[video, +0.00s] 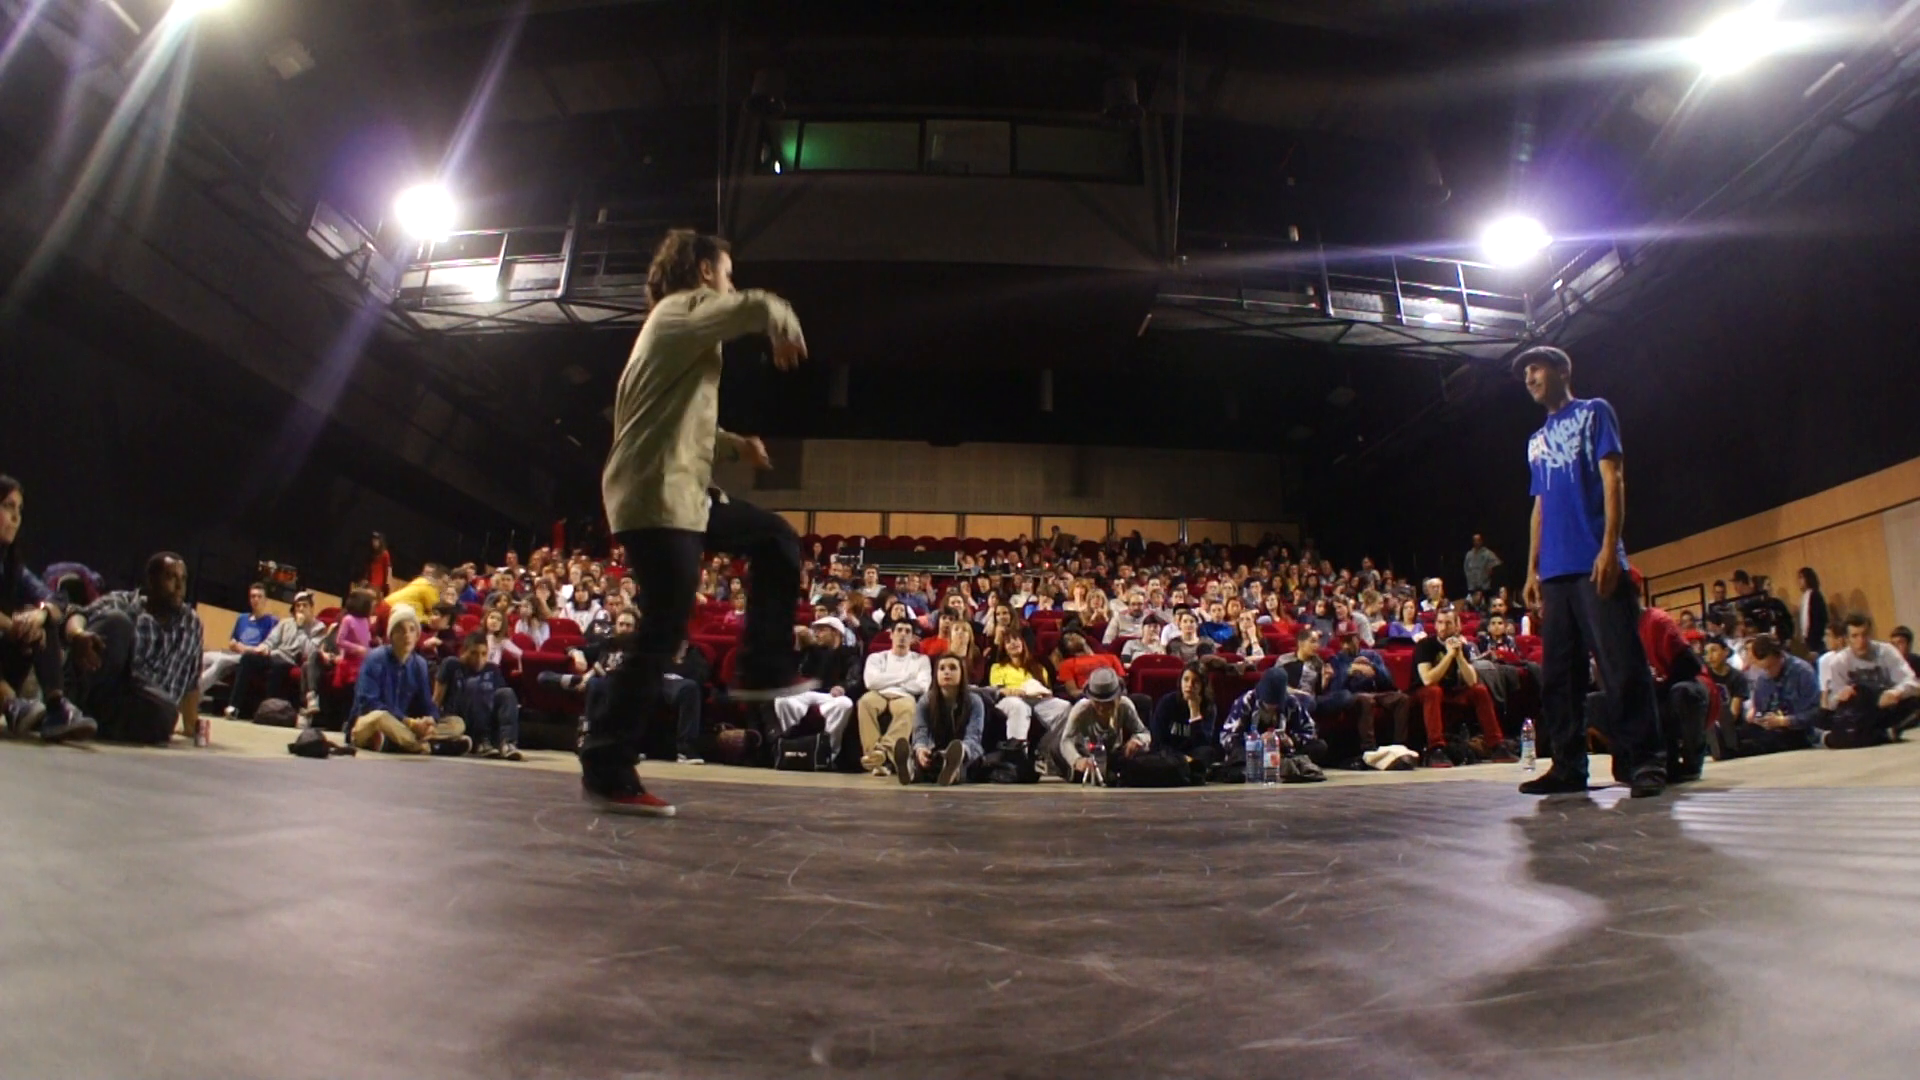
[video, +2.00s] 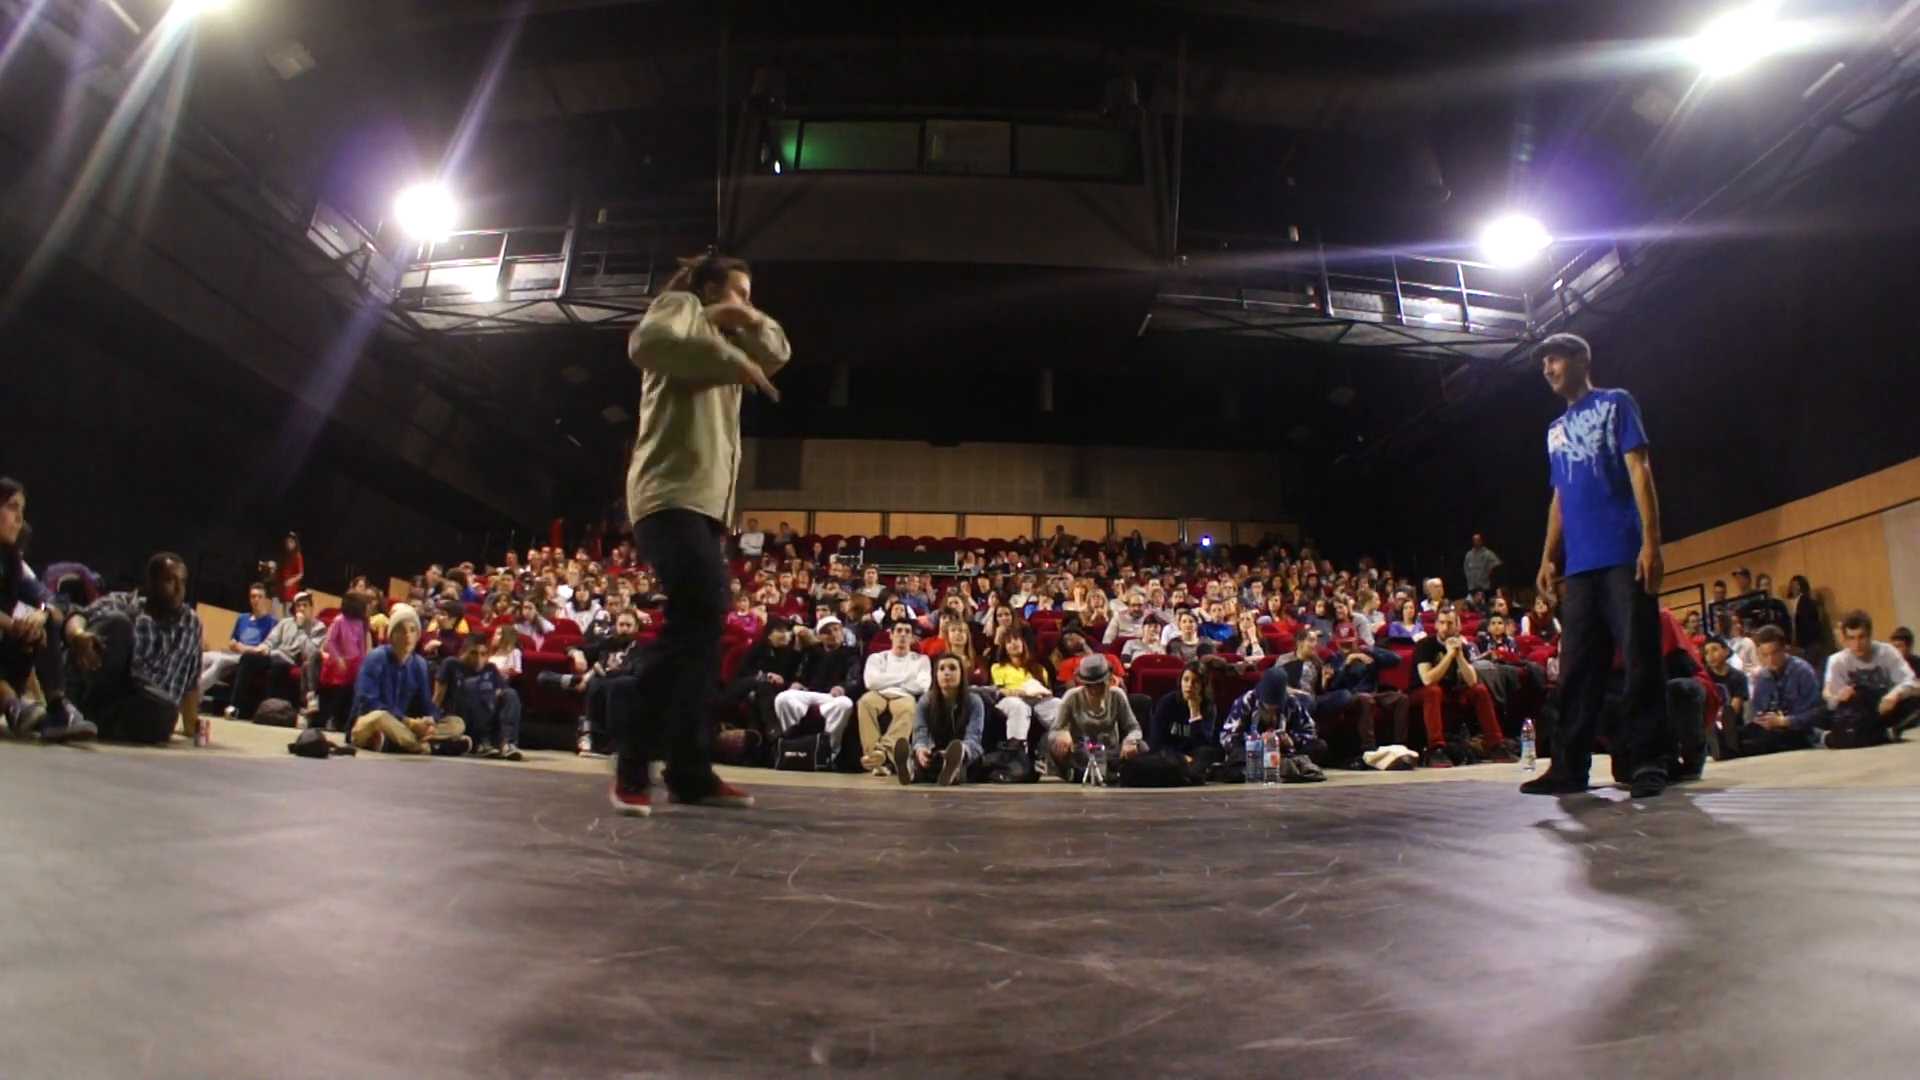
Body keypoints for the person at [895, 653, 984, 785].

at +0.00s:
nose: (947, 672)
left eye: (953, 668)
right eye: (942, 668)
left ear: (962, 673)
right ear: (936, 674)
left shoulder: (974, 701)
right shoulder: (925, 701)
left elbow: (974, 737)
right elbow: (920, 730)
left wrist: (961, 751)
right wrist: (920, 747)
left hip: (962, 751)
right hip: (933, 750)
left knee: (955, 763)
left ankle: (949, 773)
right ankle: (910, 768)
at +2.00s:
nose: (947, 673)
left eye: (952, 668)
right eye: (942, 669)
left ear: (962, 673)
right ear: (935, 674)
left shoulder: (974, 701)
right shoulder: (925, 701)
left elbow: (974, 738)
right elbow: (920, 731)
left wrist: (961, 751)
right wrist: (920, 748)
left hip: (962, 751)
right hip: (933, 750)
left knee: (955, 762)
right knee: (919, 760)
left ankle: (949, 773)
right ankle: (910, 768)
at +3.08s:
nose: (947, 673)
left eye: (952, 668)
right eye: (942, 669)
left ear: (962, 674)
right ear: (935, 674)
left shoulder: (974, 701)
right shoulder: (925, 701)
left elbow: (974, 738)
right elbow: (920, 730)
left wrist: (961, 751)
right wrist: (920, 747)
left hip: (962, 751)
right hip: (933, 750)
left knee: (955, 762)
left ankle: (949, 773)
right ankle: (910, 768)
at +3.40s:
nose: (947, 673)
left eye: (952, 669)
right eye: (942, 669)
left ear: (962, 674)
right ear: (936, 674)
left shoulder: (974, 701)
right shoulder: (925, 701)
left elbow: (974, 738)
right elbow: (920, 730)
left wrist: (961, 751)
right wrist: (920, 748)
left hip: (962, 751)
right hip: (933, 750)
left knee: (955, 762)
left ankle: (949, 773)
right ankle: (910, 768)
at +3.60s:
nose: (947, 674)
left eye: (952, 669)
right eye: (942, 670)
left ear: (961, 674)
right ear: (936, 674)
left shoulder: (974, 701)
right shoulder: (925, 701)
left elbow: (974, 738)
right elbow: (920, 730)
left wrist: (962, 751)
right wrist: (920, 747)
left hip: (962, 751)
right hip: (934, 750)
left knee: (955, 762)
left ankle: (949, 773)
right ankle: (911, 768)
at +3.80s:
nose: (946, 673)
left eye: (952, 668)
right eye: (941, 669)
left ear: (961, 673)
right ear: (935, 674)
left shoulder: (974, 701)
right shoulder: (925, 701)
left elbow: (973, 738)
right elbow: (920, 732)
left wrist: (962, 751)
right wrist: (919, 746)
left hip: (962, 751)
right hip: (933, 751)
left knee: (955, 762)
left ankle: (949, 773)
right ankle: (910, 768)